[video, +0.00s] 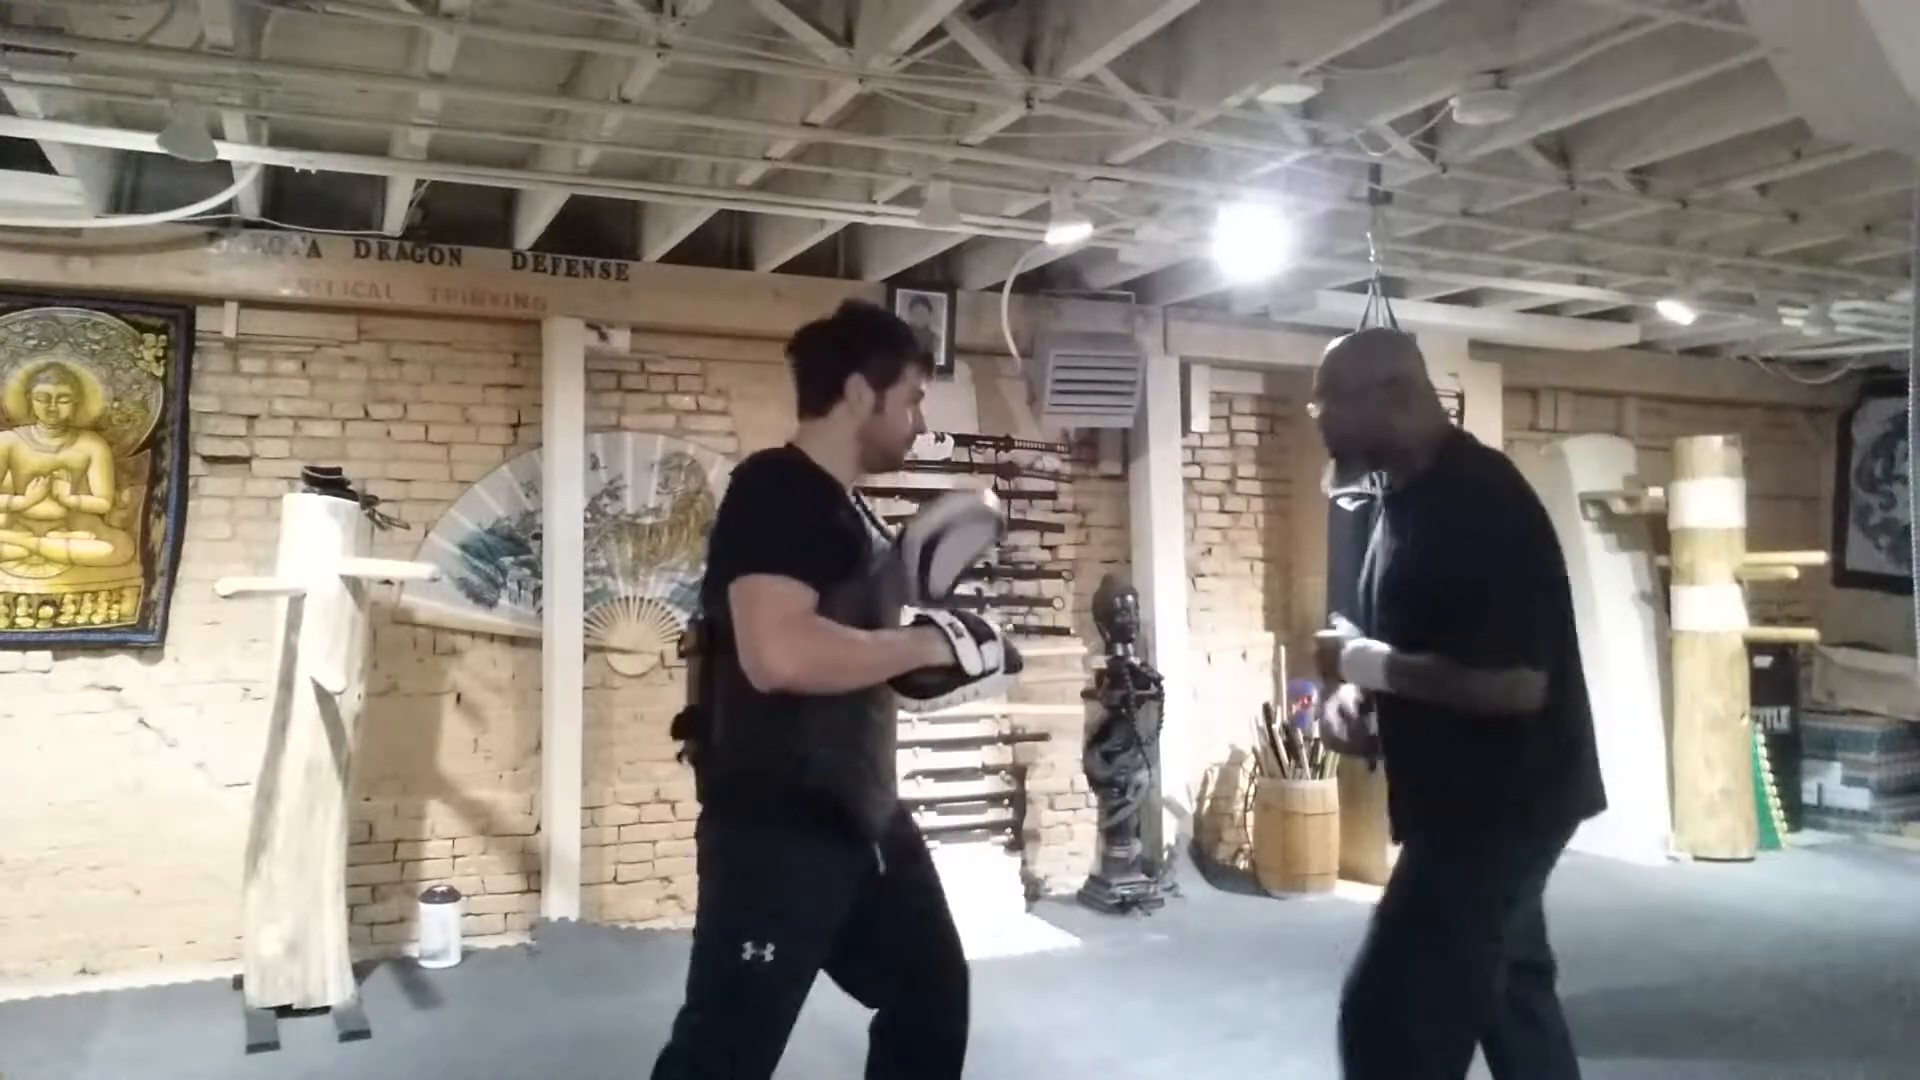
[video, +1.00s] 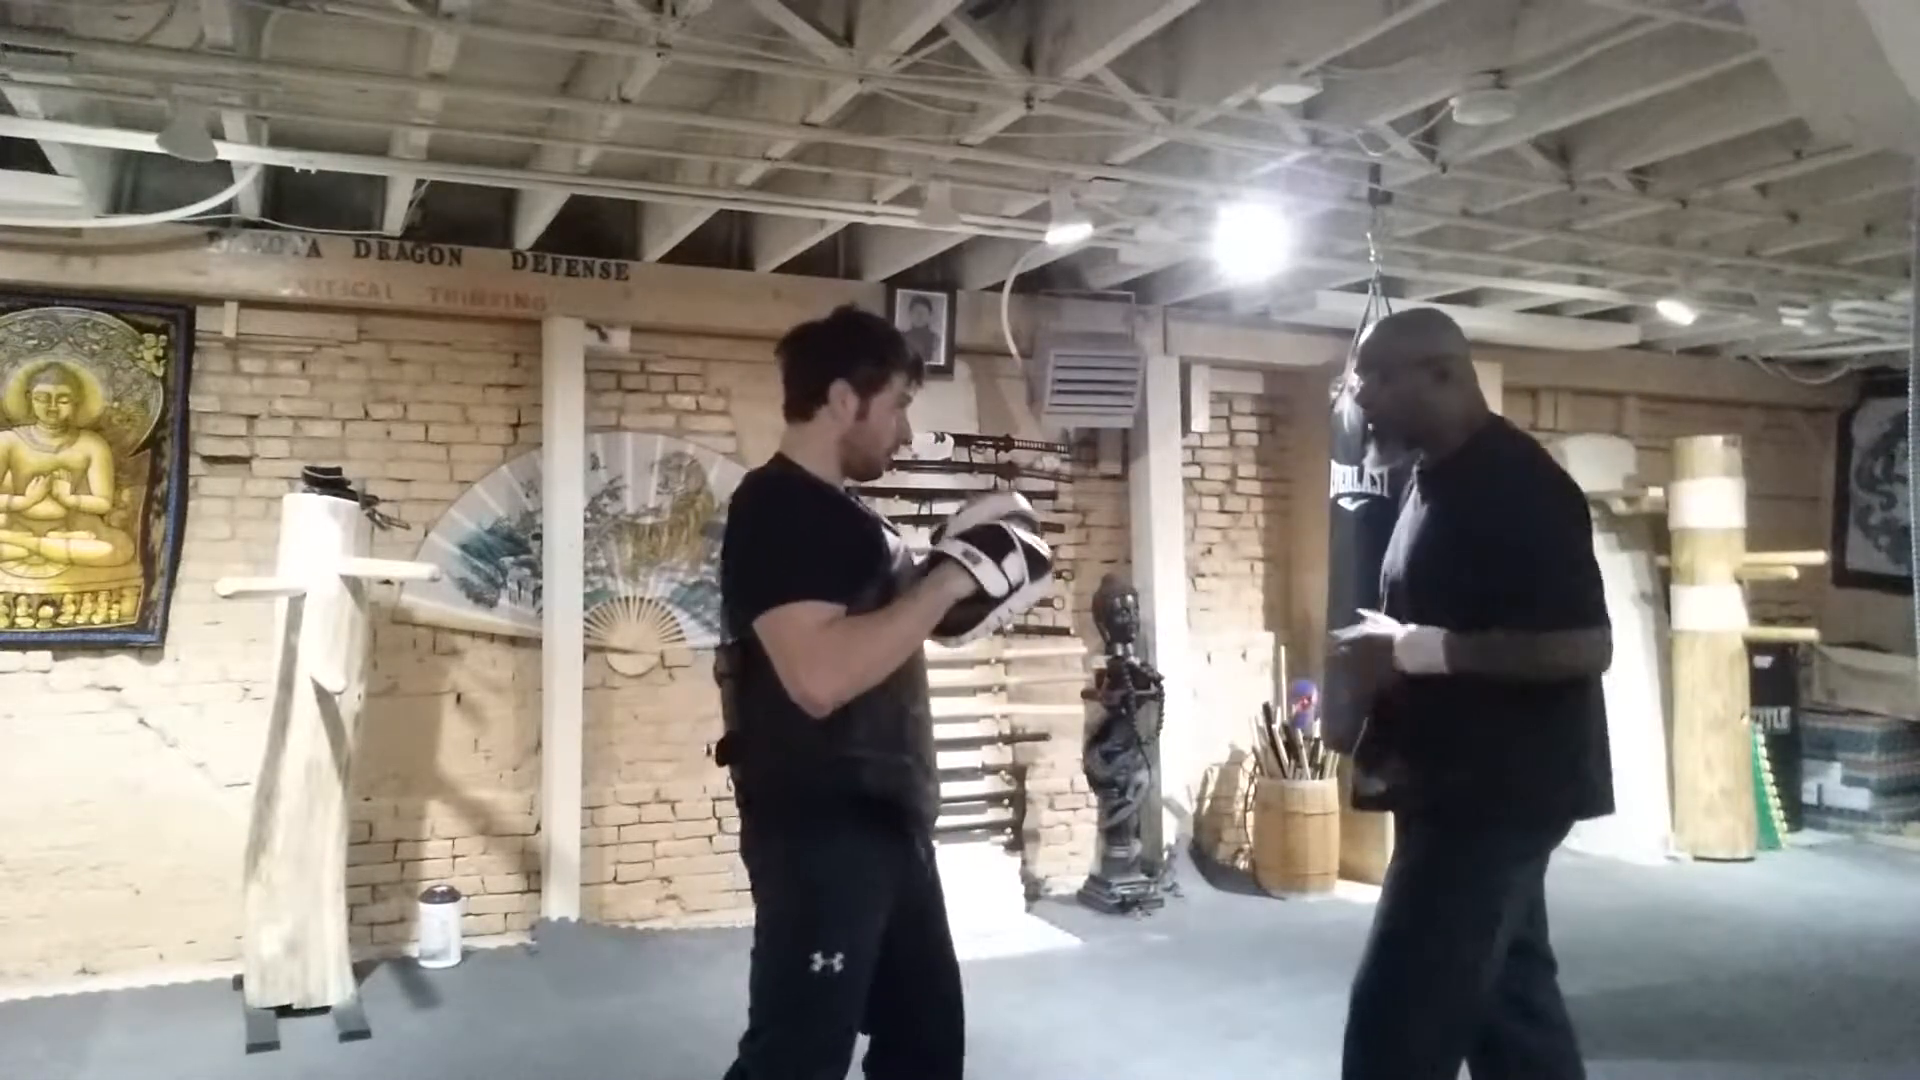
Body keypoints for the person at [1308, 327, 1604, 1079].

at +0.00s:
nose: (1320, 423)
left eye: (1329, 404)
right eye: (1319, 406)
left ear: (1391, 396)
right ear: (1394, 399)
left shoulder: (1482, 495)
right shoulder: (1406, 500)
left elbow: (1517, 681)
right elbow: (1425, 647)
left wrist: (1366, 665)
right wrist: (1359, 697)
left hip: (1504, 805)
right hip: (1457, 798)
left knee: (1390, 1022)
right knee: (1517, 1004)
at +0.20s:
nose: (1289, 433)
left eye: (1305, 411)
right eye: (1287, 413)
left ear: (1372, 407)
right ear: (1370, 411)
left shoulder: (1454, 509)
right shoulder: (1366, 503)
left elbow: (1473, 713)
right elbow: (1378, 653)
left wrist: (1337, 673)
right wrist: (1345, 705)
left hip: (1488, 804)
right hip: (1430, 794)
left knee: (1369, 1038)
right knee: (1508, 1021)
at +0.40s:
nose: (1270, 431)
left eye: (1286, 408)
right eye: (1265, 411)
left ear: (1351, 396)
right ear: (1338, 402)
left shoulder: (1434, 492)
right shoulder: (1346, 496)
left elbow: (1460, 691)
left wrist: (1322, 663)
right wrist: (1299, 691)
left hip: (1507, 790)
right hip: (1442, 786)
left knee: (1399, 1041)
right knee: (1475, 1002)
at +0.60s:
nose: (1310, 405)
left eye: (1329, 381)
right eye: (1306, 385)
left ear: (1396, 374)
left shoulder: (1471, 478)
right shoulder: (1348, 495)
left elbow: (1499, 658)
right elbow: (1301, 604)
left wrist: (1344, 617)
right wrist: (1317, 669)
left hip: (1502, 795)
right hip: (1431, 795)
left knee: (1408, 1028)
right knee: (1494, 1014)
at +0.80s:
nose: (1337, 403)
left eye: (1352, 383)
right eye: (1335, 386)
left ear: (1420, 377)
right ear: (1408, 384)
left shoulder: (1518, 489)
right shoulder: (1402, 492)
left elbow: (1552, 669)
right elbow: (1363, 618)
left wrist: (1378, 608)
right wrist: (1353, 659)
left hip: (1497, 803)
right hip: (1433, 796)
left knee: (1383, 1032)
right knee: (1514, 1018)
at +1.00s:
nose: (1357, 401)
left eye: (1370, 379)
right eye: (1355, 383)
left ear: (1439, 374)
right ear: (1434, 379)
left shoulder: (1520, 478)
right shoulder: (1434, 478)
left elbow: (1585, 645)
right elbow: (1457, 629)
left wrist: (1411, 652)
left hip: (1498, 798)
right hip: (1449, 789)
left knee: (1394, 1035)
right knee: (1517, 1022)